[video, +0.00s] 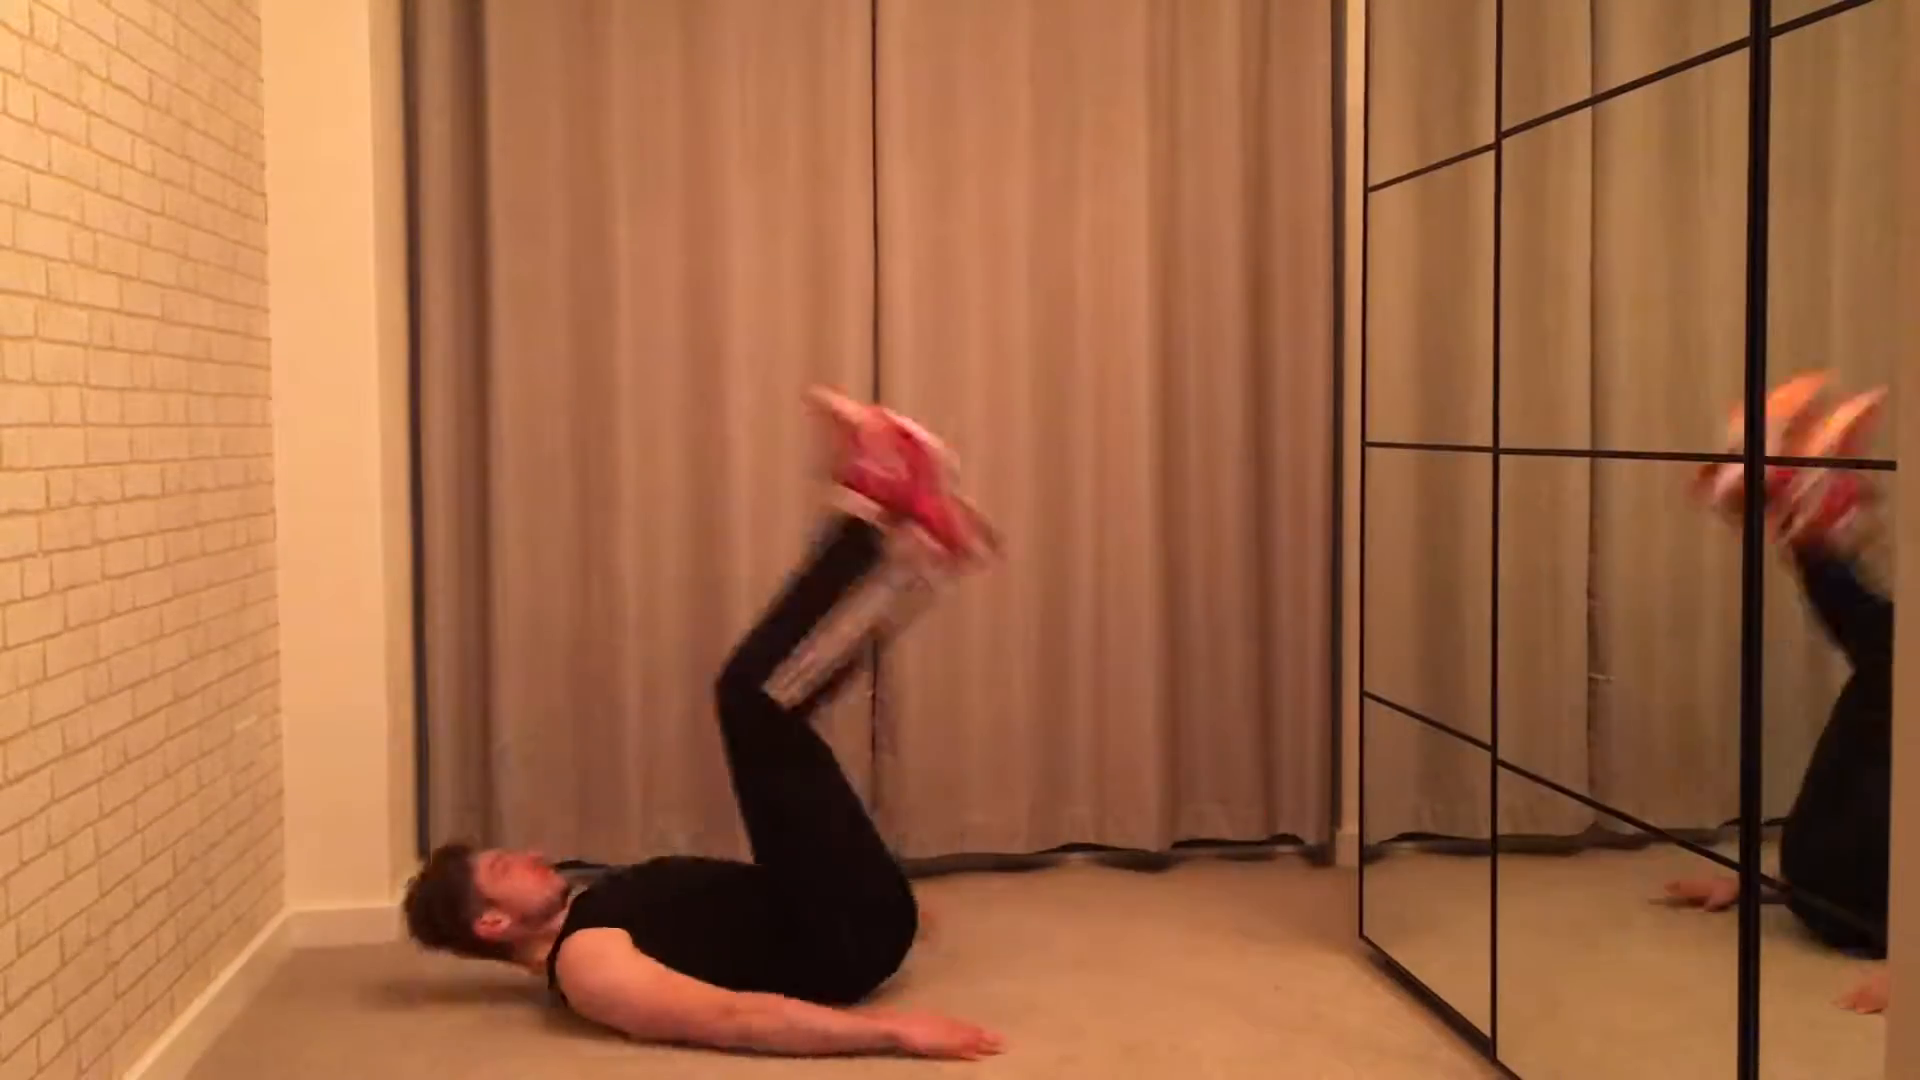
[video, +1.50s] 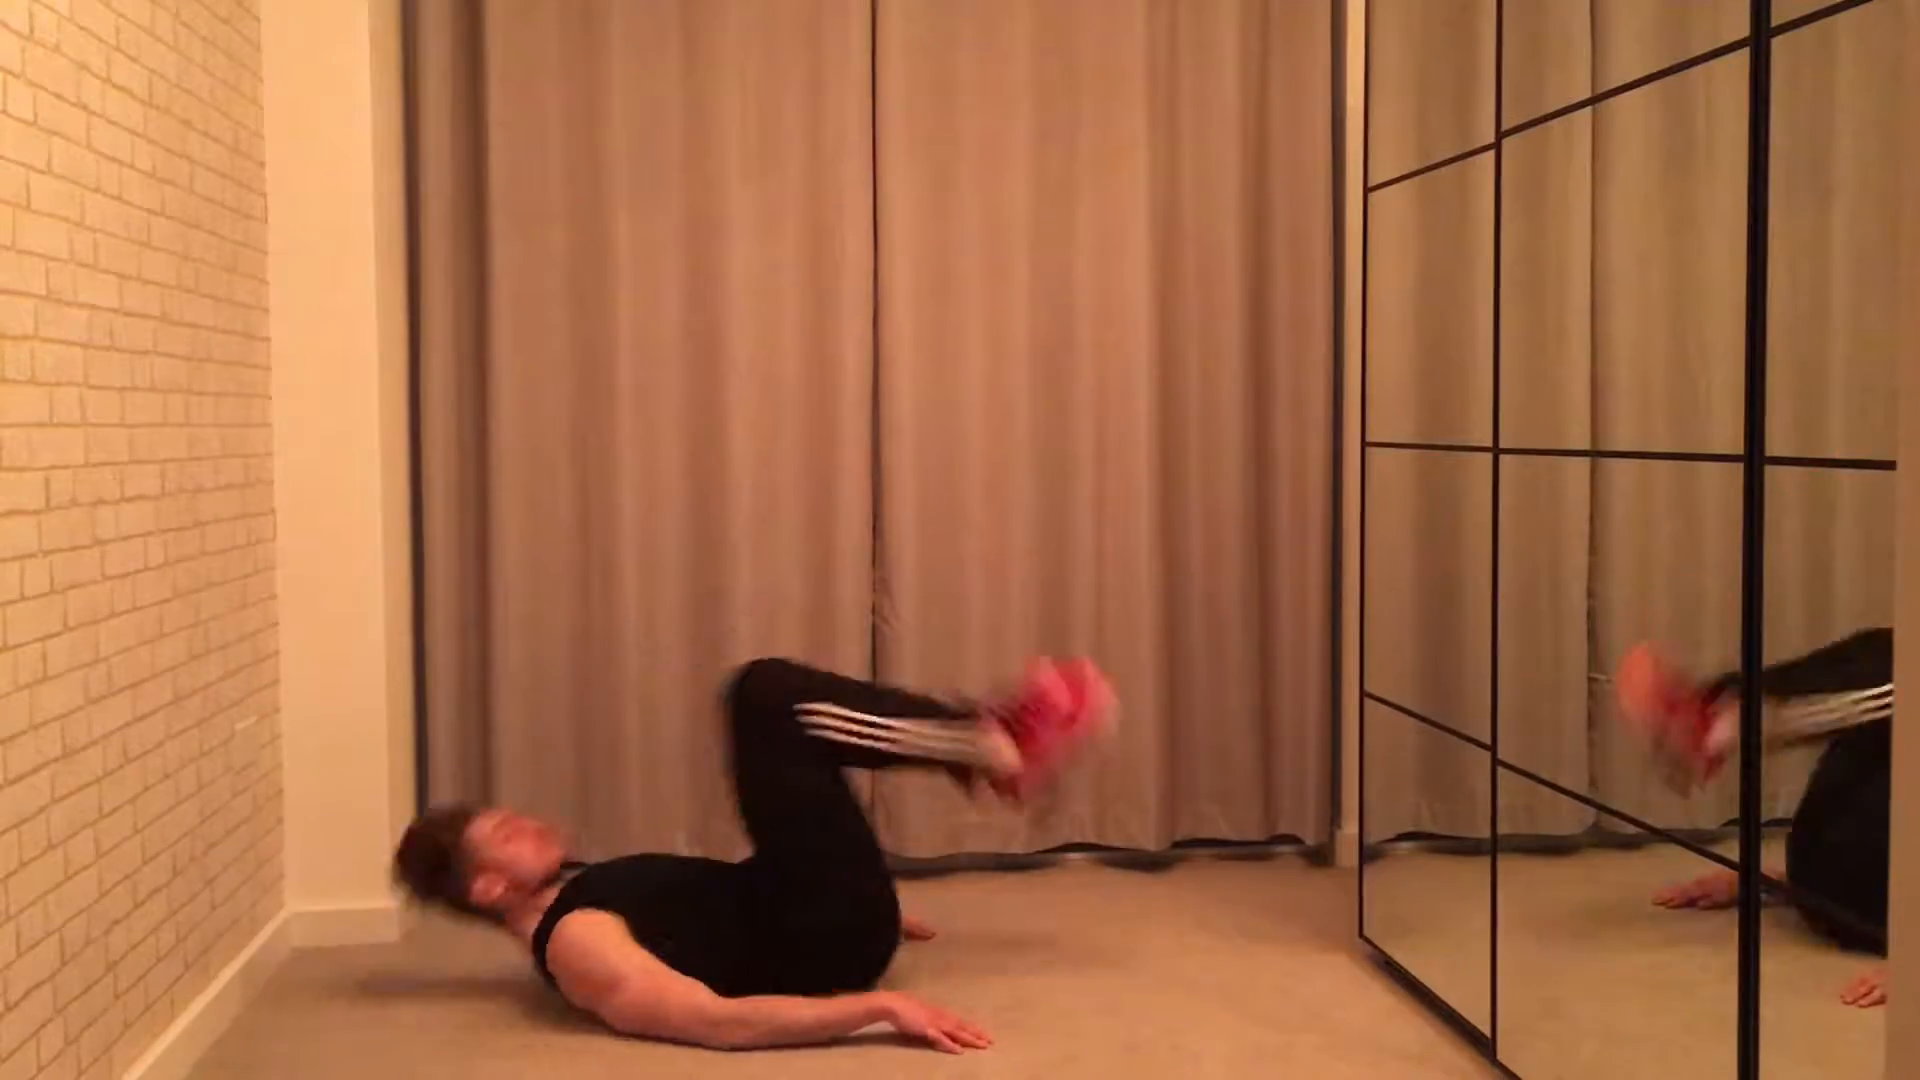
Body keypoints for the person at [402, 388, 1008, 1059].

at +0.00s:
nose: (529, 855)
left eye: (506, 851)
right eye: (503, 865)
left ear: (505, 919)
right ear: (496, 924)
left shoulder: (586, 919)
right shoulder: (588, 963)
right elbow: (736, 1020)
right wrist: (896, 1032)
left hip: (827, 917)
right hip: (844, 942)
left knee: (750, 691)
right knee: (750, 696)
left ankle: (870, 516)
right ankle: (913, 555)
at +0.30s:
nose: (476, 895)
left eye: (453, 897)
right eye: (455, 913)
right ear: (467, 969)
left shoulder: (565, 944)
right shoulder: (573, 972)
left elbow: (729, 917)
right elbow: (737, 1010)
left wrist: (852, 925)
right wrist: (899, 1029)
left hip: (738, 820)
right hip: (764, 818)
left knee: (649, 589)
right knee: (651, 590)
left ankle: (634, 358)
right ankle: (649, 351)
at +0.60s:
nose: (474, 899)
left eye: (455, 900)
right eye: (455, 919)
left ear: (477, 905)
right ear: (464, 973)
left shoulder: (574, 938)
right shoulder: (563, 978)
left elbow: (719, 915)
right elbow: (725, 1014)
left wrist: (849, 925)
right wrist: (886, 1029)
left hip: (662, 760)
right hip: (679, 755)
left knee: (588, 527)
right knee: (591, 528)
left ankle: (570, 289)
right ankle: (569, 286)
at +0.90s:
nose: (474, 898)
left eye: (455, 900)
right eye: (455, 919)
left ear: (477, 903)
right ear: (465, 973)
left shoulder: (570, 936)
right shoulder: (559, 978)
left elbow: (716, 917)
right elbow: (720, 1014)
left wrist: (850, 925)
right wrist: (884, 1029)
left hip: (653, 752)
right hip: (666, 748)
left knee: (566, 522)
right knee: (567, 522)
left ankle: (542, 285)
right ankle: (543, 283)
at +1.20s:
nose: (464, 901)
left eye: (446, 903)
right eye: (449, 919)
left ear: (472, 943)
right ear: (460, 968)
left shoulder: (565, 941)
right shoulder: (559, 984)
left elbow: (712, 925)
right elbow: (721, 1019)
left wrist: (838, 922)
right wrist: (878, 1029)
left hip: (714, 775)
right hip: (731, 776)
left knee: (550, 606)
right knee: (543, 607)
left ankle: (668, 418)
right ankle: (673, 423)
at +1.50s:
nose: (528, 827)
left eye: (511, 818)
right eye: (503, 834)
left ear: (508, 872)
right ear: (491, 890)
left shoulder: (583, 896)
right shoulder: (576, 941)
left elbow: (728, 909)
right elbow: (720, 1019)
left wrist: (871, 923)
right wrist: (876, 1010)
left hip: (811, 914)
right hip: (827, 942)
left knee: (762, 691)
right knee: (765, 700)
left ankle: (985, 735)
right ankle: (998, 750)